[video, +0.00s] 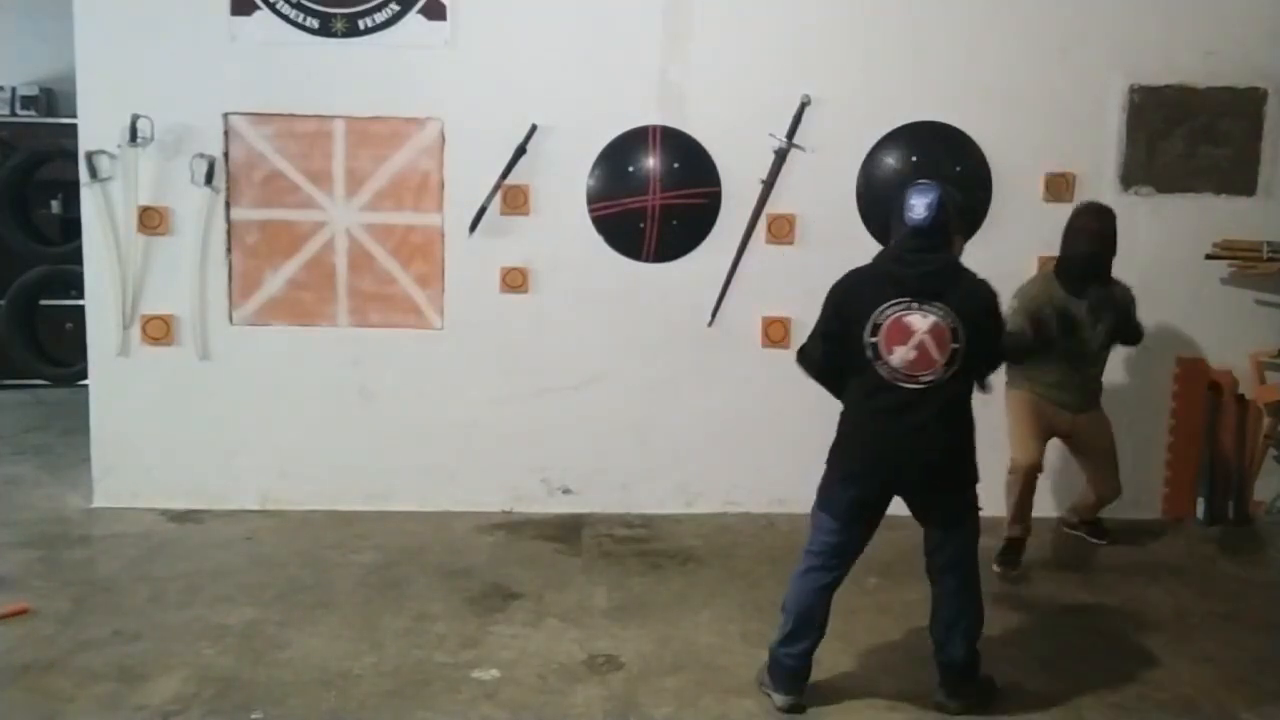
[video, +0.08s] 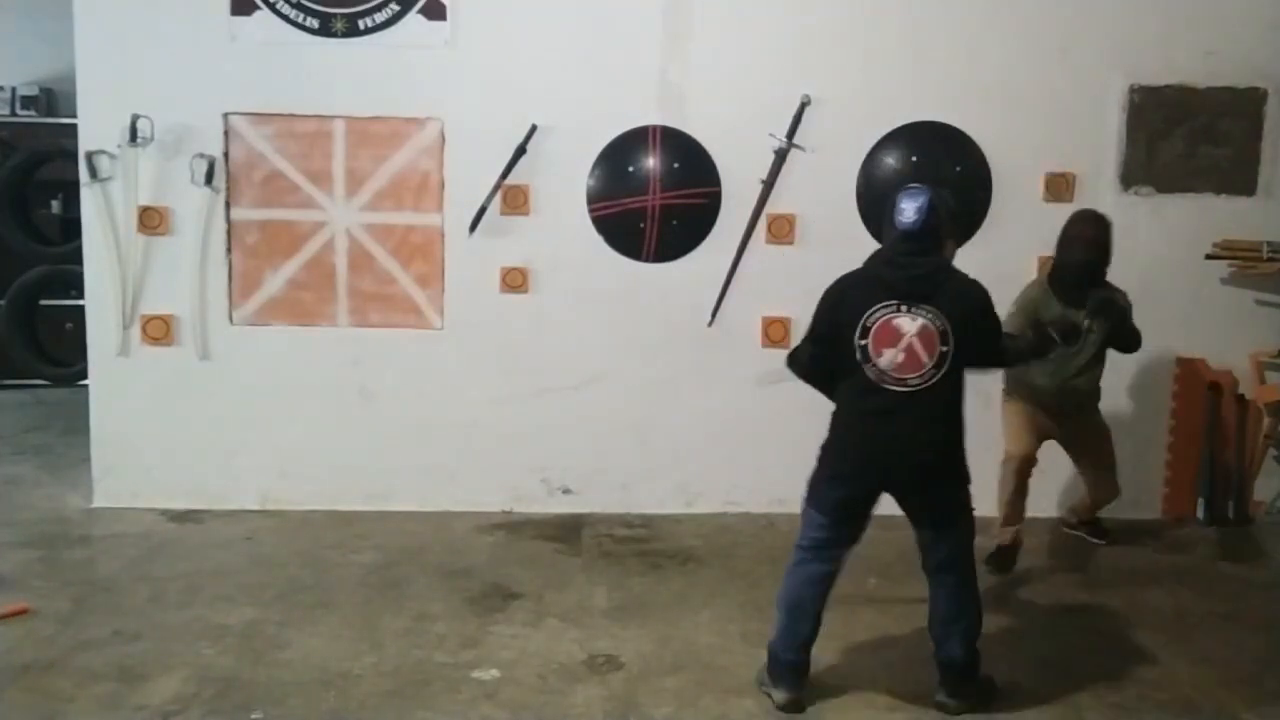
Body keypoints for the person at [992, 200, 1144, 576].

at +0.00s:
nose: (1090, 253)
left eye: (1100, 245)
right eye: (1084, 243)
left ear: (1110, 251)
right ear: (1070, 244)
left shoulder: (1116, 296)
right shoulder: (1038, 292)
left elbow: (1133, 337)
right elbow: (1007, 345)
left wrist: (1115, 313)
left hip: (1082, 400)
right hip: (1030, 393)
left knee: (1106, 488)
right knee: (1026, 462)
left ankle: (1077, 518)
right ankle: (1015, 535)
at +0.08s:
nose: (1085, 259)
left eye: (1094, 251)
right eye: (1078, 248)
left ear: (1105, 256)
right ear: (1063, 249)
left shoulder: (1111, 300)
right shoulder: (1038, 294)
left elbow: (1131, 344)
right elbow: (1004, 343)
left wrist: (1111, 318)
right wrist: (1036, 343)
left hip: (1078, 405)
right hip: (1027, 400)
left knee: (1105, 488)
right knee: (1018, 457)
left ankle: (1078, 515)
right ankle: (1008, 537)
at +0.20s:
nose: (1054, 257)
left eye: (1063, 249)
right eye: (1046, 248)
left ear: (1076, 253)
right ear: (1032, 249)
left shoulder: (1085, 294)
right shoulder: (1016, 295)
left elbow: (1119, 322)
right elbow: (979, 317)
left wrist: (1087, 288)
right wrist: (965, 295)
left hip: (1075, 407)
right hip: (1020, 405)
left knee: (1083, 473)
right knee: (999, 478)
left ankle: (1074, 513)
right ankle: (998, 569)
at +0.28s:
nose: (1039, 258)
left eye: (1044, 250)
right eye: (1029, 252)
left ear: (1054, 250)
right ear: (1014, 253)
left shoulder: (1066, 282)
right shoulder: (995, 284)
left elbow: (1089, 298)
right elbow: (974, 276)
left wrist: (1030, 282)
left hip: (1064, 401)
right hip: (1009, 402)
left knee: (1082, 471)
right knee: (996, 485)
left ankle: (1085, 514)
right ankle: (998, 574)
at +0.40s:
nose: (1017, 264)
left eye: (1028, 256)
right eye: (1010, 255)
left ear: (1039, 258)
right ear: (994, 252)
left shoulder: (1045, 286)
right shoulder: (973, 277)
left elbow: (1062, 307)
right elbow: (933, 285)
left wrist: (1049, 271)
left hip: (1039, 396)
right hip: (982, 397)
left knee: (1073, 495)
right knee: (980, 499)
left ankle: (1062, 520)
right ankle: (992, 580)